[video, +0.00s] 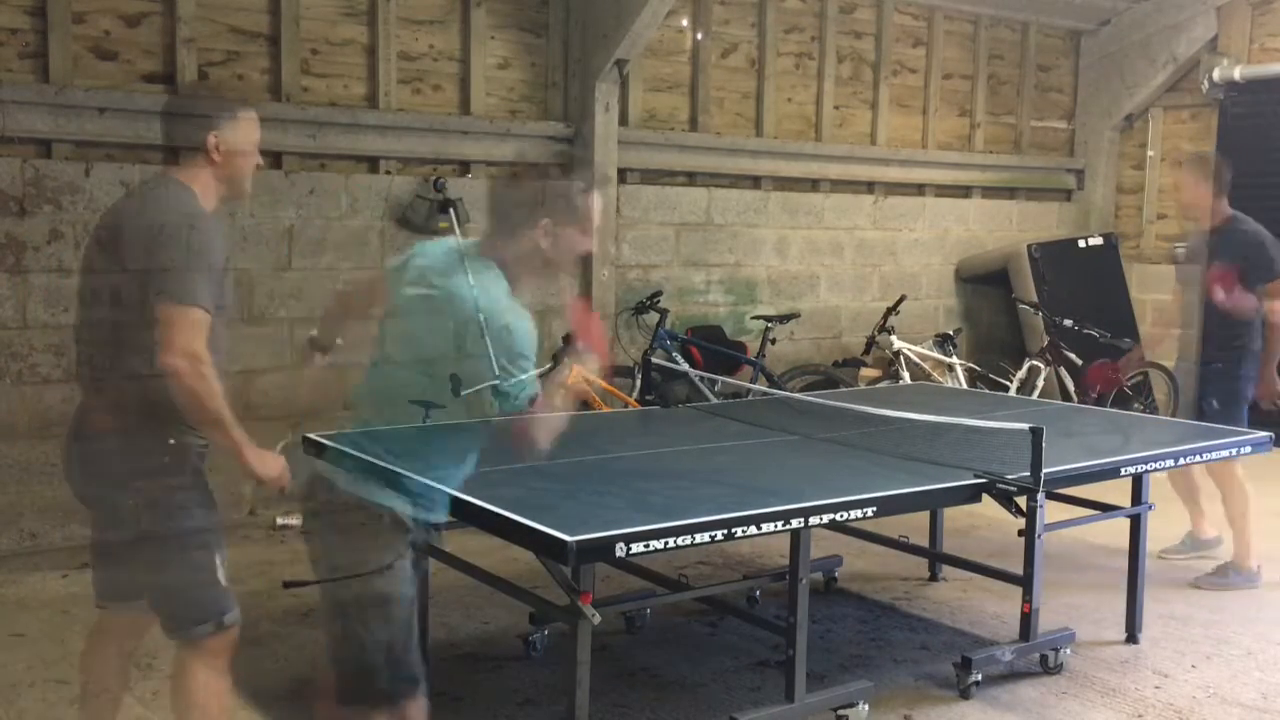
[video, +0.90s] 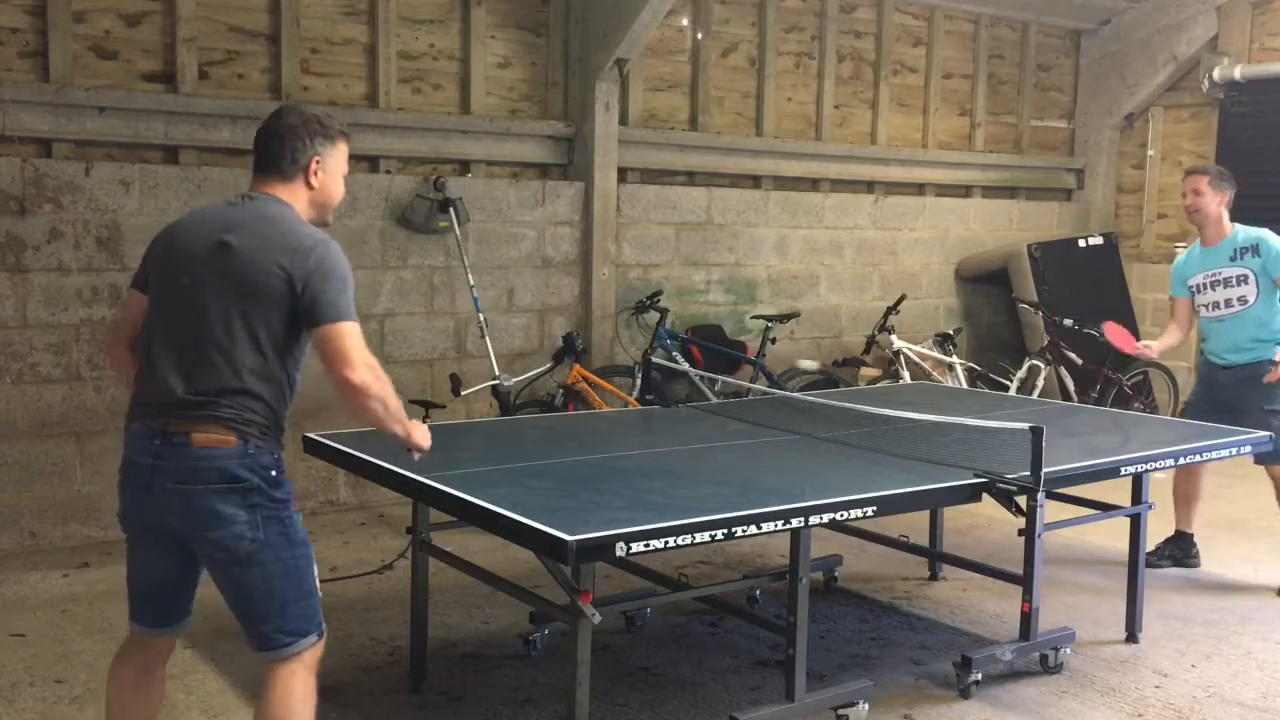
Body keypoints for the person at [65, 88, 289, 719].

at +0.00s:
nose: (259, 163)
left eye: (260, 150)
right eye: (253, 149)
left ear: (201, 147)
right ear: (215, 146)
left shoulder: (127, 214)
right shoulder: (187, 222)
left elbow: (102, 348)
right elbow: (182, 360)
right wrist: (250, 452)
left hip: (106, 445)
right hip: (153, 450)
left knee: (121, 619)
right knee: (211, 634)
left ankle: (98, 710)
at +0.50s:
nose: (295, 171)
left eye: (296, 156)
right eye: (290, 156)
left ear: (233, 156)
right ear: (256, 156)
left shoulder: (145, 229)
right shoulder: (245, 241)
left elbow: (108, 354)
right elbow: (245, 372)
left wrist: (196, 382)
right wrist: (314, 438)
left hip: (129, 458)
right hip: (197, 468)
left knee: (143, 622)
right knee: (268, 645)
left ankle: (102, 714)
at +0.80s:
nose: (347, 186)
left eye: (349, 170)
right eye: (345, 169)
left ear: (271, 165)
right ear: (314, 170)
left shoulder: (180, 232)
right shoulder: (312, 252)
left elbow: (125, 348)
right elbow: (345, 378)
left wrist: (158, 418)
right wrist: (400, 430)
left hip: (141, 458)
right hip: (224, 466)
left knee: (148, 627)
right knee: (289, 648)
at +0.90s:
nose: (345, 186)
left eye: (346, 171)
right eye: (342, 169)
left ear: (266, 165)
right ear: (312, 170)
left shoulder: (179, 232)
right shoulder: (312, 251)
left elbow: (122, 342)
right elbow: (353, 372)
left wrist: (159, 413)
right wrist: (402, 426)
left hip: (146, 461)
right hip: (231, 468)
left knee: (148, 637)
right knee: (297, 647)